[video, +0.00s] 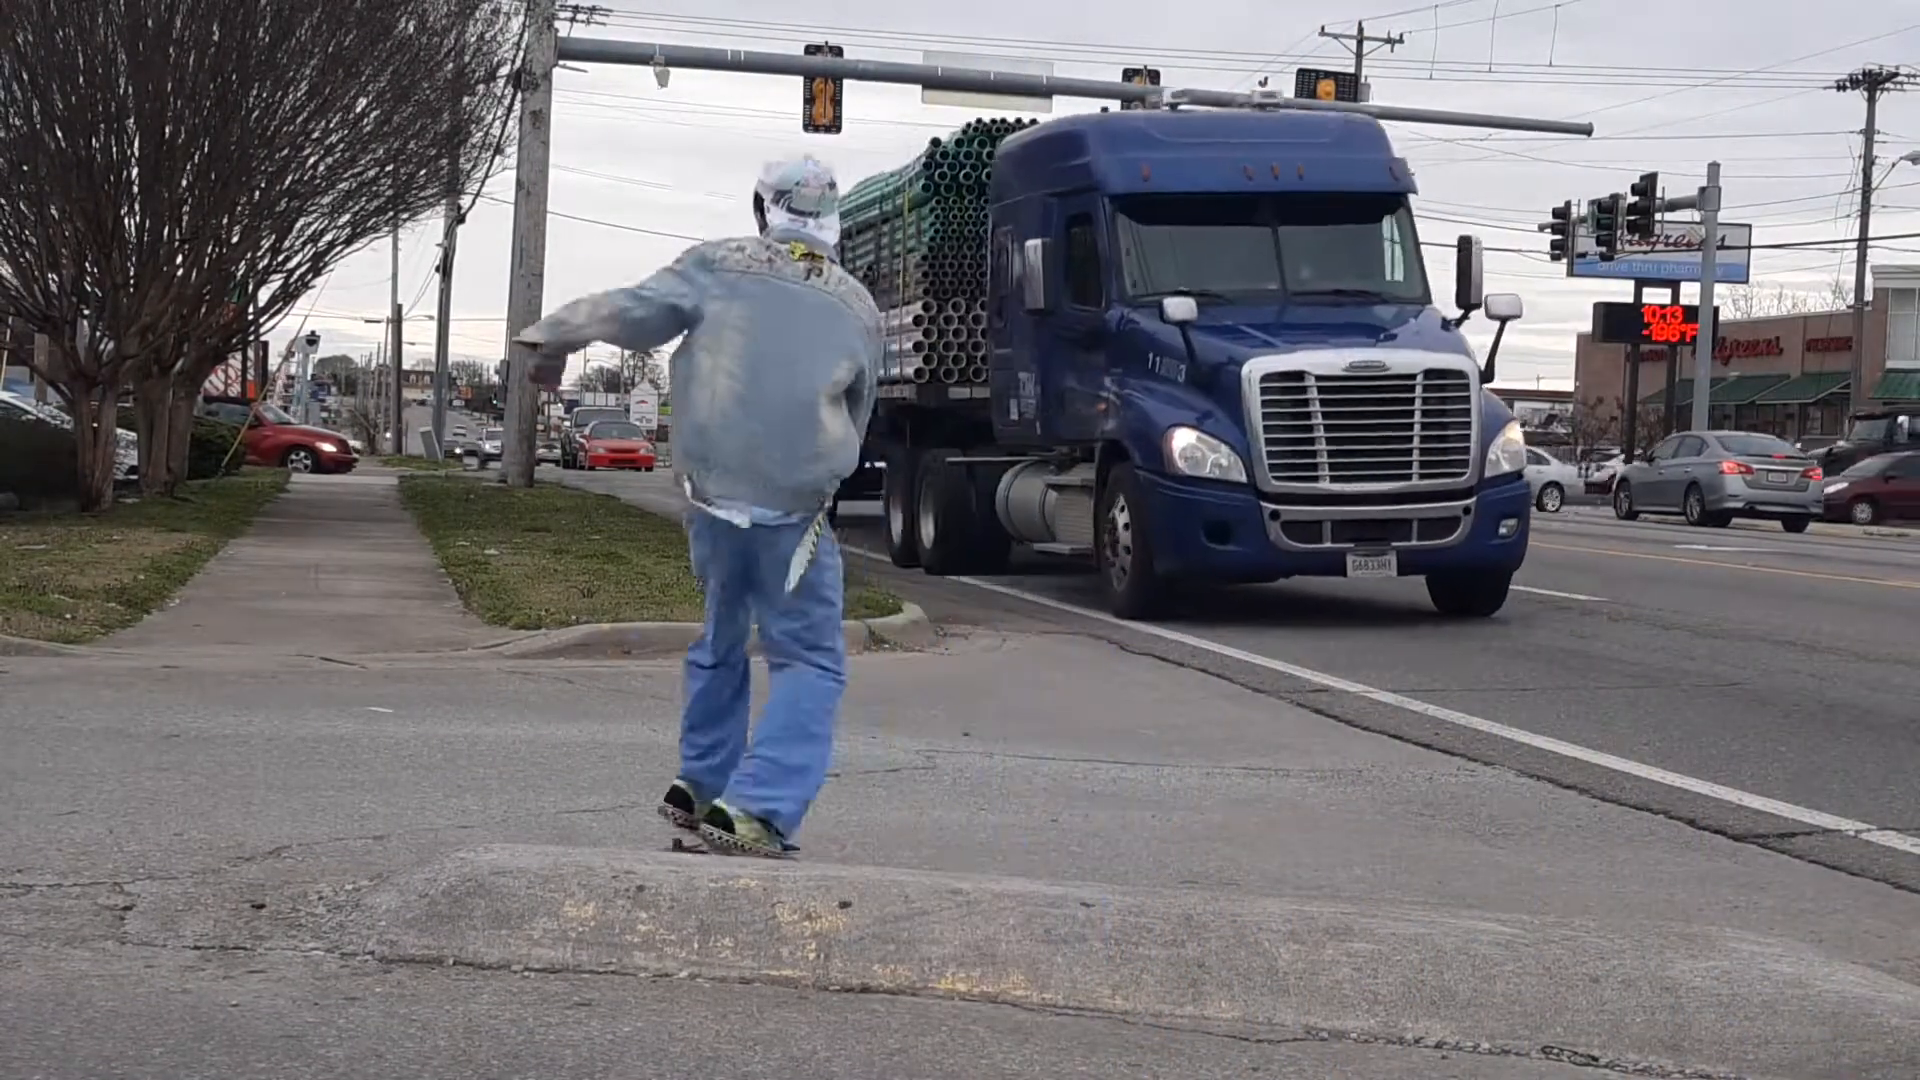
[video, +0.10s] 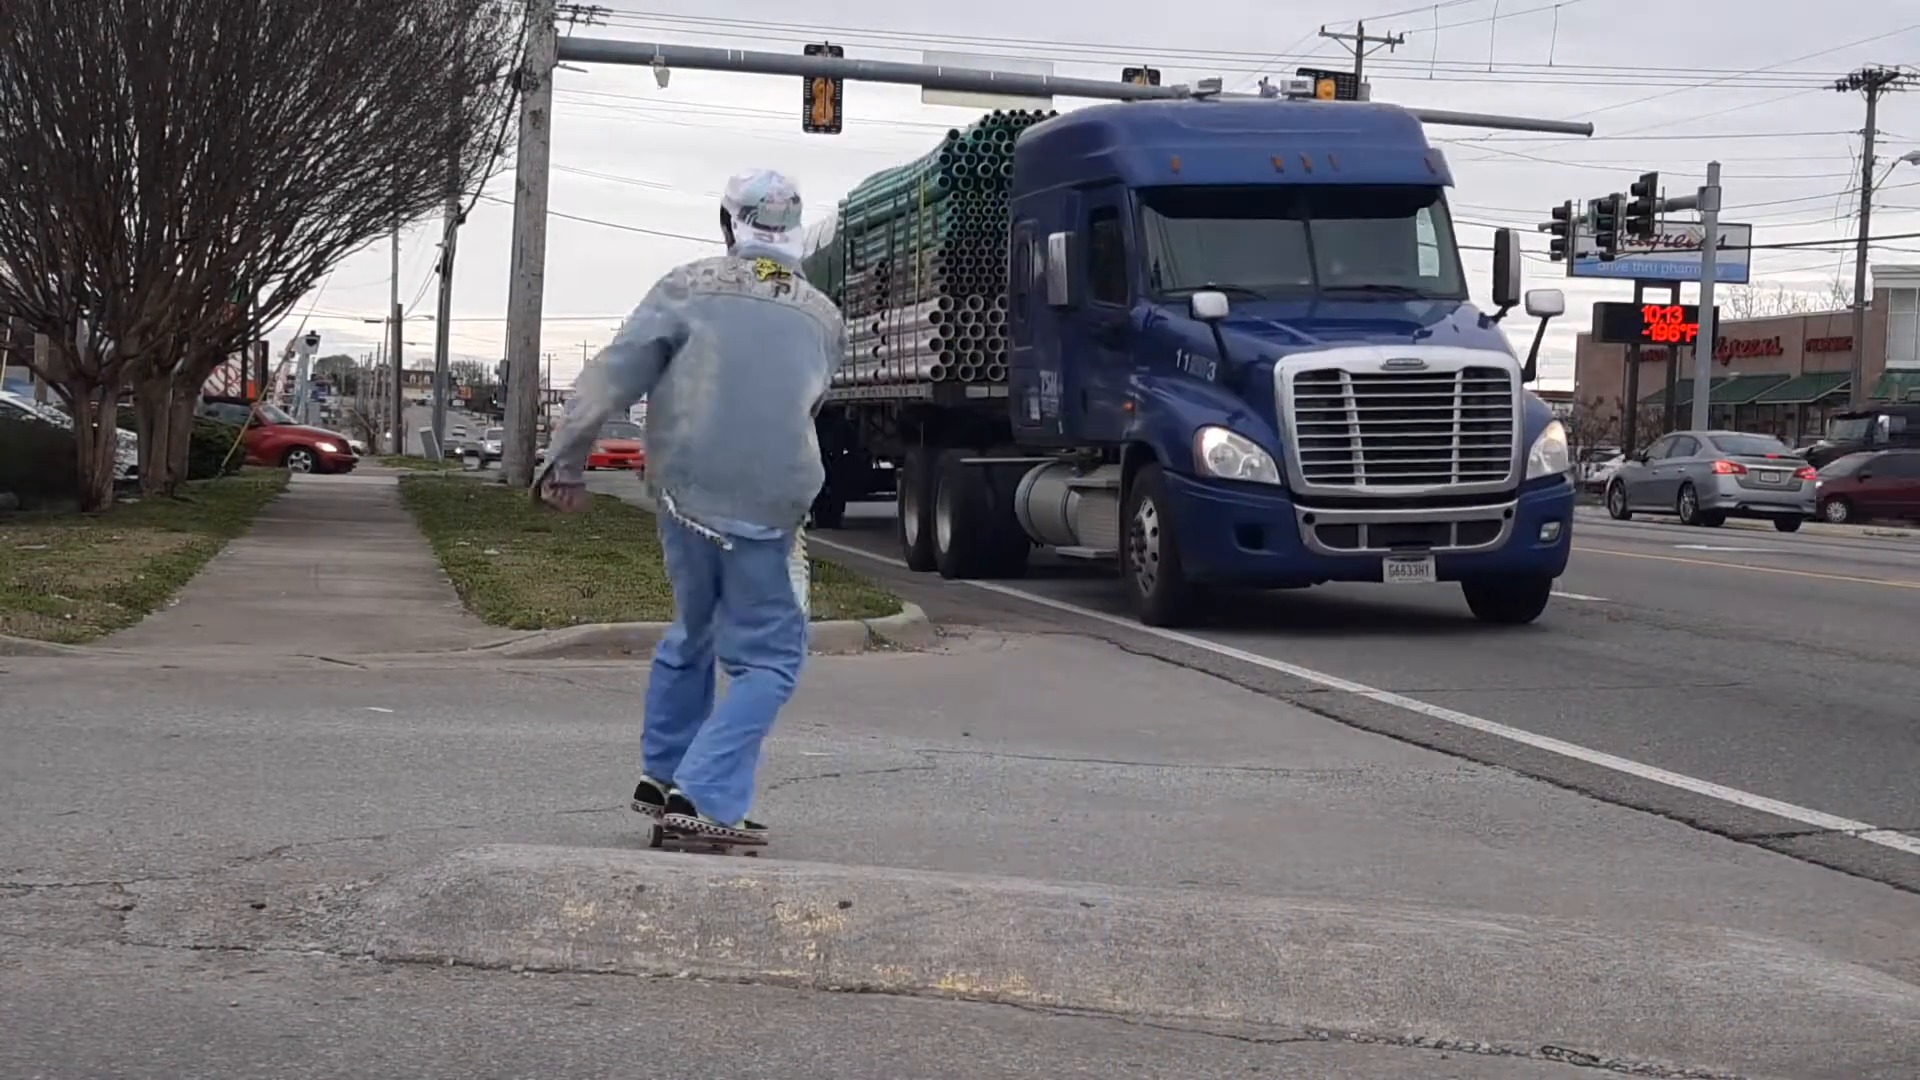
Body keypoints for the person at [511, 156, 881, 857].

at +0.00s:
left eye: (774, 208)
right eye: (825, 215)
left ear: (763, 210)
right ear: (833, 219)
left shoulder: (716, 264)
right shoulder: (859, 307)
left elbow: (628, 310)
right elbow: (856, 421)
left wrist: (548, 337)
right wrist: (811, 472)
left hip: (712, 490)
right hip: (796, 502)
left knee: (721, 641)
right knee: (811, 662)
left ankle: (700, 783)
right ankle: (757, 812)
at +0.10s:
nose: (734, 232)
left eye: (728, 220)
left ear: (729, 224)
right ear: (796, 232)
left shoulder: (688, 286)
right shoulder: (825, 317)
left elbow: (616, 367)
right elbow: (801, 396)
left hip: (682, 494)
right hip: (768, 507)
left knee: (689, 634)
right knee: (767, 658)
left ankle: (663, 776)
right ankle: (700, 805)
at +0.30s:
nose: (688, 237)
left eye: (671, 224)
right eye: (710, 226)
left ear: (664, 227)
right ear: (725, 230)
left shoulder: (622, 295)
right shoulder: (755, 312)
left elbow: (614, 403)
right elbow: (749, 406)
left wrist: (651, 480)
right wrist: (724, 491)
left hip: (639, 493)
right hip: (717, 496)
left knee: (641, 624)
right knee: (708, 638)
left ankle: (625, 753)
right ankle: (666, 775)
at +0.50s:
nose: (673, 232)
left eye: (665, 221)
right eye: (675, 223)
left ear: (616, 218)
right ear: (673, 225)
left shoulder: (561, 285)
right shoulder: (686, 292)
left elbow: (545, 379)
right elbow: (711, 401)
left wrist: (591, 451)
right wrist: (729, 485)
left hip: (587, 479)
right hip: (655, 478)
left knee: (603, 603)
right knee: (671, 607)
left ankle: (588, 732)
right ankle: (636, 750)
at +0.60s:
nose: (662, 243)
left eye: (663, 232)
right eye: (663, 232)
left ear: (602, 219)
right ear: (650, 225)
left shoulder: (539, 283)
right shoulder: (652, 285)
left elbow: (509, 381)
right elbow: (707, 390)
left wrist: (519, 462)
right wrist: (766, 456)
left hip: (558, 467)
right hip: (620, 469)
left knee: (580, 591)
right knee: (652, 592)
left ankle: (565, 724)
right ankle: (621, 743)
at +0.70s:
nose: (651, 248)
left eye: (654, 235)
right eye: (649, 234)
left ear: (594, 224)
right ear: (625, 225)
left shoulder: (526, 283)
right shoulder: (626, 285)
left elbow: (489, 389)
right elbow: (693, 374)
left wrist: (468, 471)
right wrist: (765, 421)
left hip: (543, 466)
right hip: (607, 465)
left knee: (562, 587)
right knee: (628, 590)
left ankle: (541, 714)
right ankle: (594, 732)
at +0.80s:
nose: (633, 252)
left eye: (637, 240)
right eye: (630, 237)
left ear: (588, 228)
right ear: (599, 225)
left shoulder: (513, 286)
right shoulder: (594, 286)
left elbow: (475, 384)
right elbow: (655, 365)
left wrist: (449, 460)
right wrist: (736, 407)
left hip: (526, 465)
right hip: (581, 462)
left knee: (545, 581)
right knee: (605, 584)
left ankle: (518, 704)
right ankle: (568, 724)